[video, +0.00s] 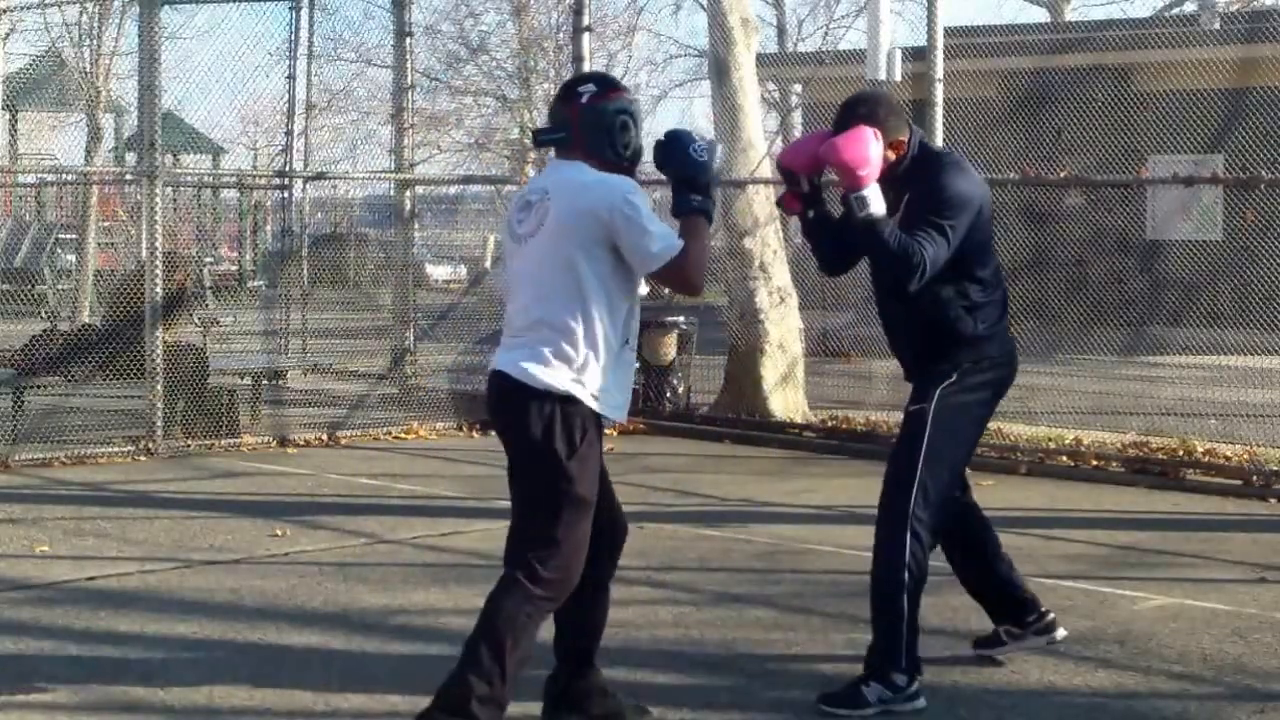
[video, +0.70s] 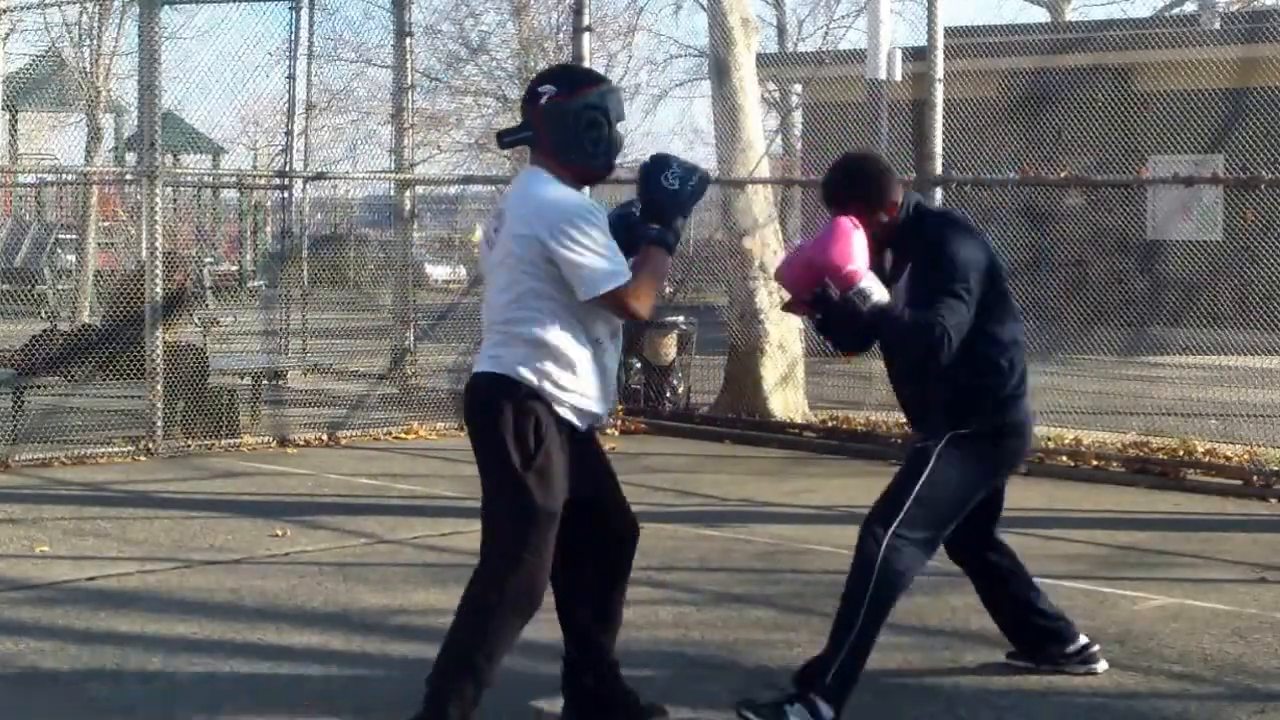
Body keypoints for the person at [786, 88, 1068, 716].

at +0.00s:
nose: (859, 168)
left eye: (864, 157)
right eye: (853, 158)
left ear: (897, 145)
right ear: (869, 150)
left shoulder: (951, 181)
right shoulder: (884, 181)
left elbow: (913, 268)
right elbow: (836, 258)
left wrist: (865, 201)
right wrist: (808, 203)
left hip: (970, 361)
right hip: (935, 363)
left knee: (903, 511)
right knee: (942, 498)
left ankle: (892, 676)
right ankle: (1022, 616)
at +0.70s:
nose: (843, 232)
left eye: (845, 221)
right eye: (841, 223)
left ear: (874, 212)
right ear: (884, 204)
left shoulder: (953, 242)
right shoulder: (891, 250)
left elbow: (938, 340)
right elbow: (857, 337)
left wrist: (862, 291)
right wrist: (818, 304)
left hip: (978, 431)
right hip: (955, 428)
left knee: (887, 537)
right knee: (973, 541)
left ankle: (820, 699)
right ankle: (1057, 643)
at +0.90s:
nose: (883, 397)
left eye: (894, 386)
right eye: (872, 385)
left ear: (916, 360)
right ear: (851, 357)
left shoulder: (951, 369)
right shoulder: (825, 339)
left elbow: (946, 476)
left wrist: (881, 466)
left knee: (832, 556)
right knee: (894, 629)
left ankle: (793, 702)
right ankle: (1029, 630)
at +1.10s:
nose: (931, 302)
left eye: (945, 293)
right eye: (925, 287)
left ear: (973, 279)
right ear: (910, 266)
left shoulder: (1011, 316)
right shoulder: (877, 286)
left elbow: (1003, 429)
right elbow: (810, 333)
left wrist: (937, 386)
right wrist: (800, 383)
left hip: (983, 461)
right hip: (918, 462)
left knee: (871, 542)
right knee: (940, 598)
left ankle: (802, 706)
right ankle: (1068, 658)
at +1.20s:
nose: (936, 229)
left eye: (946, 218)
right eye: (931, 216)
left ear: (986, 207)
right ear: (927, 205)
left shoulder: (1045, 248)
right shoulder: (933, 240)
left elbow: (1045, 356)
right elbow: (885, 322)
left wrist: (970, 302)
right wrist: (867, 285)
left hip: (1040, 429)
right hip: (988, 429)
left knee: (930, 518)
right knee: (990, 546)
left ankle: (885, 689)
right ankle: (1074, 658)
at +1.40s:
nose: (980, 186)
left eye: (981, 173)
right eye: (973, 175)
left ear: (1011, 156)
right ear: (1018, 152)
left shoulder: (1075, 199)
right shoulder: (1024, 197)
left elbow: (1041, 299)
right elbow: (973, 275)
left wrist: (977, 233)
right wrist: (939, 221)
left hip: (1102, 412)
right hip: (1066, 410)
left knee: (1030, 565)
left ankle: (1126, 695)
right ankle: (1100, 662)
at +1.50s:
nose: (998, 191)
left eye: (1000, 177)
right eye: (991, 179)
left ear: (1033, 160)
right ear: (1035, 155)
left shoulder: (1102, 202)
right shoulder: (1046, 193)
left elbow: (1055, 301)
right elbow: (1000, 279)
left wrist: (990, 225)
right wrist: (958, 226)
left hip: (1142, 402)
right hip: (1112, 399)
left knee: (1056, 559)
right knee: (1094, 526)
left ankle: (1130, 703)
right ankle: (1153, 657)